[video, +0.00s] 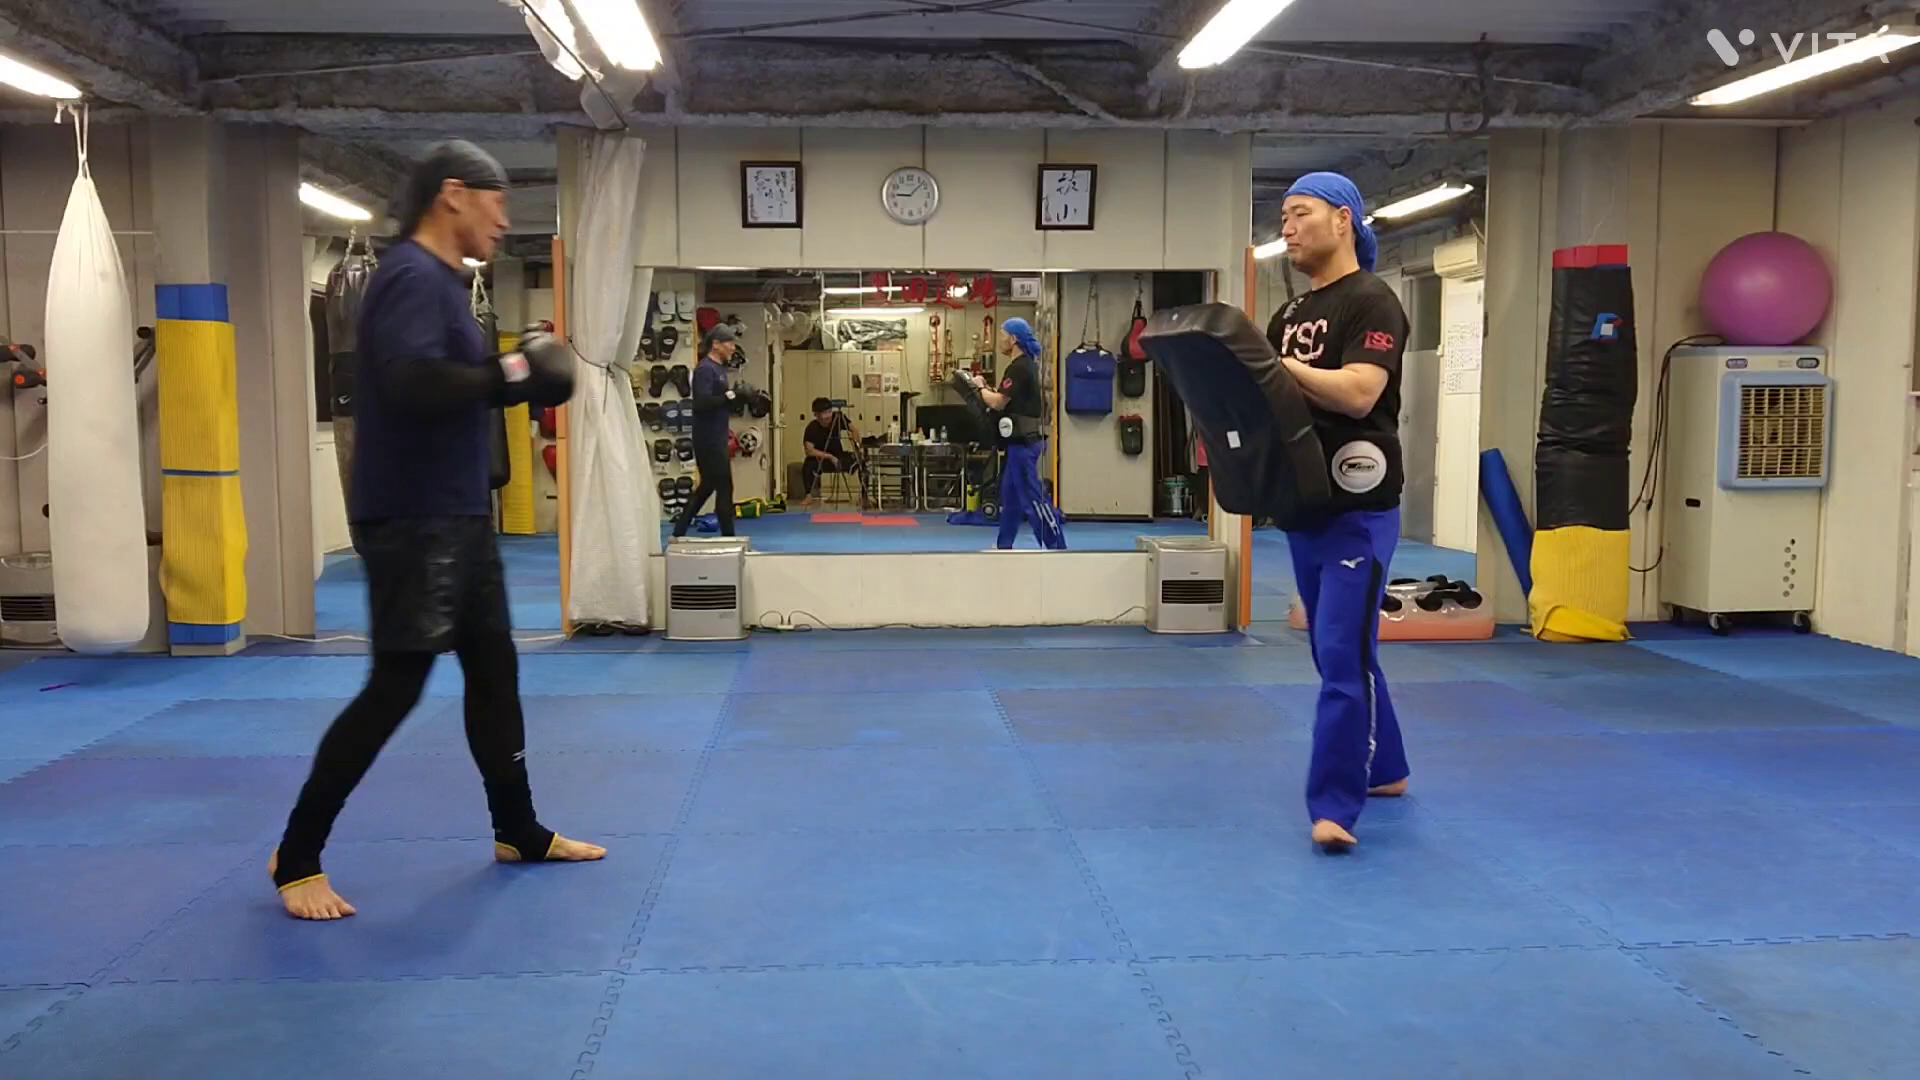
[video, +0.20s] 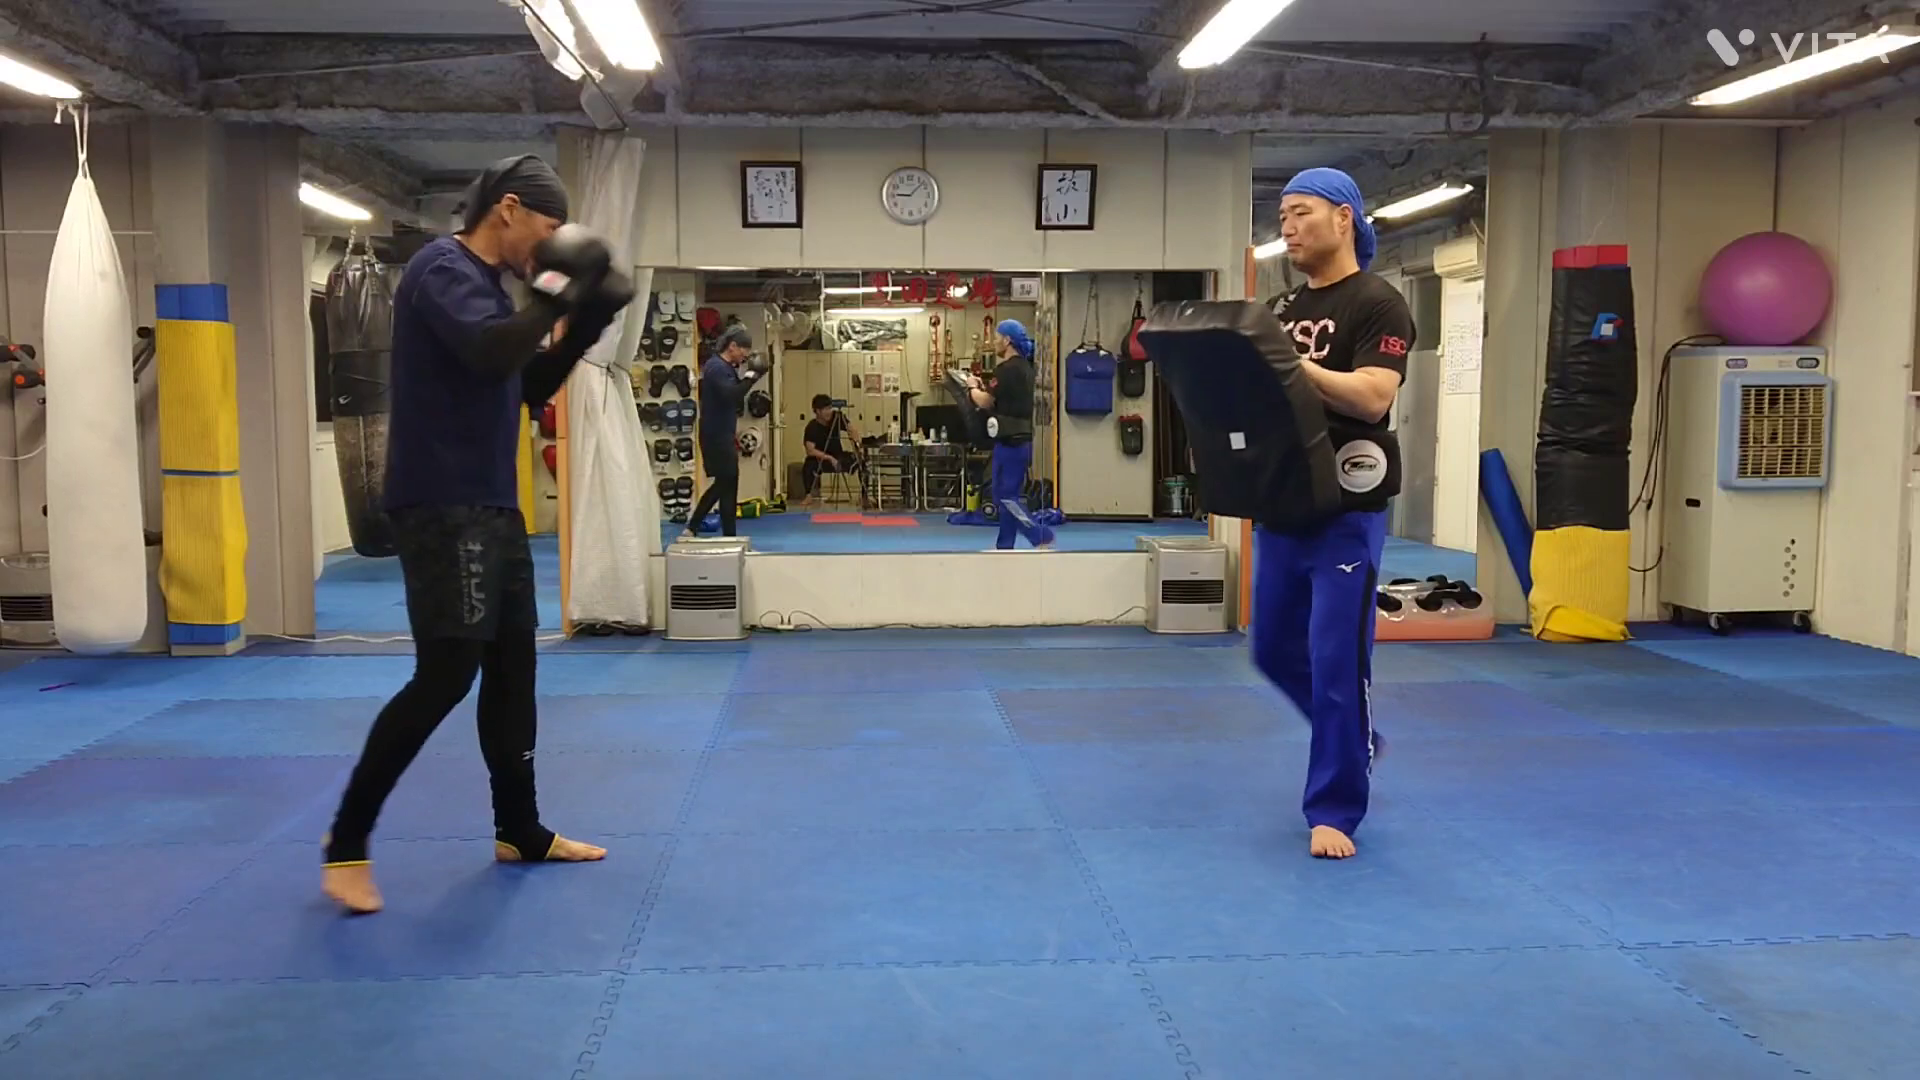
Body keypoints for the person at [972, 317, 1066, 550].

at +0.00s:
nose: (1000, 340)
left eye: (1003, 336)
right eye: (1001, 335)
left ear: (1014, 339)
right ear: (1017, 339)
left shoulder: (1019, 367)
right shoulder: (1026, 365)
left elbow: (998, 402)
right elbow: (1008, 399)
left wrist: (981, 388)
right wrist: (987, 389)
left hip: (1023, 441)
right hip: (1027, 438)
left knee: (1031, 495)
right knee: (1010, 494)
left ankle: (1057, 547)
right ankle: (1003, 545)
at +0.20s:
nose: (995, 342)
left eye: (998, 338)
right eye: (996, 338)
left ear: (1008, 340)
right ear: (1013, 341)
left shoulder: (1007, 369)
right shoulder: (1024, 366)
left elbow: (985, 402)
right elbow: (1004, 397)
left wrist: (972, 388)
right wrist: (983, 387)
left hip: (1009, 440)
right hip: (1021, 438)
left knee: (1003, 495)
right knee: (1008, 494)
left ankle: (1041, 537)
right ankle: (1004, 546)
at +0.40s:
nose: (987, 342)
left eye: (990, 337)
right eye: (988, 337)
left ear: (1000, 339)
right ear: (1007, 340)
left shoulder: (994, 368)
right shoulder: (1023, 368)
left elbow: (972, 401)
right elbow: (1008, 396)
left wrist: (968, 387)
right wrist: (981, 382)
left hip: (997, 438)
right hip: (1017, 438)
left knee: (976, 487)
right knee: (1006, 490)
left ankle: (1002, 534)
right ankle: (1007, 536)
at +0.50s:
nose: (981, 341)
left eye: (984, 337)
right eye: (981, 337)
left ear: (995, 340)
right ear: (1002, 340)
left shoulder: (987, 369)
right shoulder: (1020, 369)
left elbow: (964, 399)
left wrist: (965, 385)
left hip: (987, 438)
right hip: (1012, 438)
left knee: (970, 487)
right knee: (1005, 494)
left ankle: (970, 539)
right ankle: (1005, 544)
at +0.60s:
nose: (976, 342)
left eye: (978, 338)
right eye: (976, 338)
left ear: (988, 341)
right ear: (999, 342)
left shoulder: (978, 370)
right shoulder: (1015, 371)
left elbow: (958, 400)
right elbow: (1013, 404)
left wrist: (958, 388)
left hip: (980, 440)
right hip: (1006, 440)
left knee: (960, 488)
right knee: (1003, 496)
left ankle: (945, 540)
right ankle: (1004, 545)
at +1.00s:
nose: (945, 347)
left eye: (947, 343)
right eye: (946, 342)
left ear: (954, 346)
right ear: (970, 347)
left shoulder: (941, 373)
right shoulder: (985, 375)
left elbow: (928, 395)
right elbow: (991, 398)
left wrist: (936, 372)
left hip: (943, 443)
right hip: (973, 443)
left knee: (930, 496)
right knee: (985, 495)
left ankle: (921, 545)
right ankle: (1000, 545)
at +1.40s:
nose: (945, 350)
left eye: (945, 346)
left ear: (943, 350)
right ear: (967, 348)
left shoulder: (932, 374)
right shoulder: (979, 375)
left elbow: (924, 405)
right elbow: (986, 407)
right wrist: (966, 414)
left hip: (939, 445)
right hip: (969, 444)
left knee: (928, 497)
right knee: (983, 495)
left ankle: (921, 546)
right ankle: (999, 544)